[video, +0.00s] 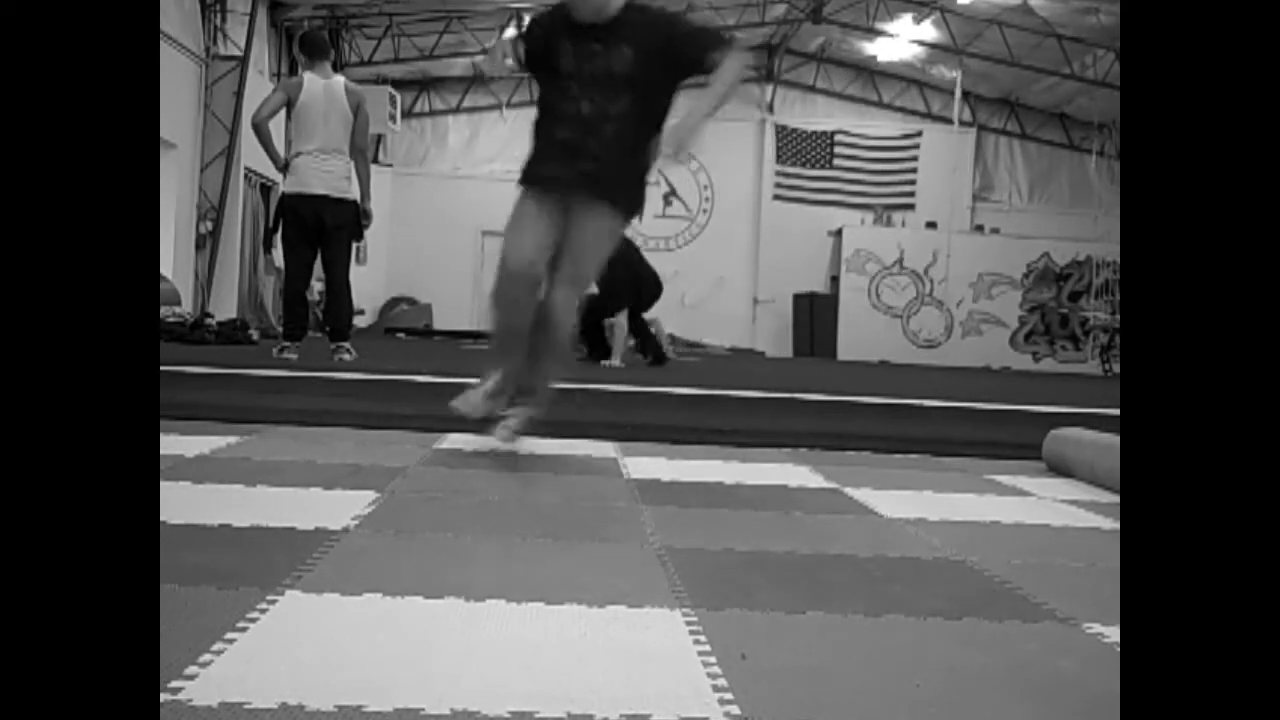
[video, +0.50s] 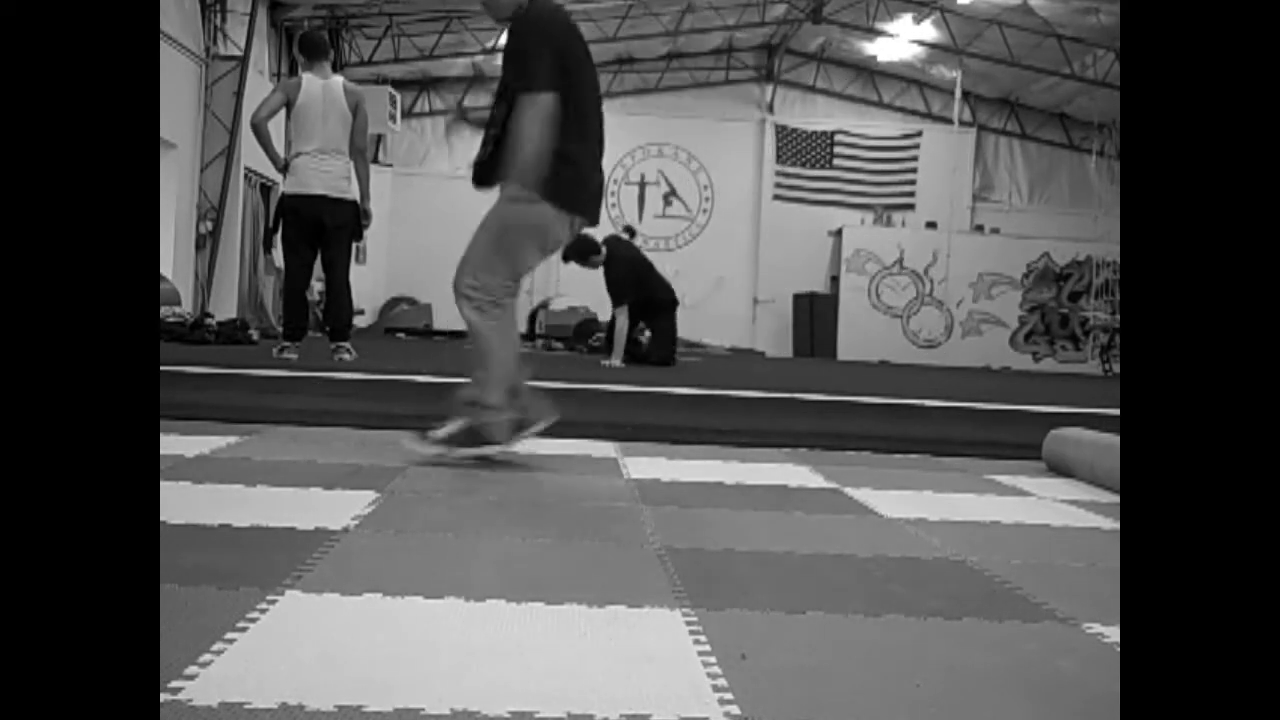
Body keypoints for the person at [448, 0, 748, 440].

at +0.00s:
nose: (579, 8)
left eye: (587, 4)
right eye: (574, 5)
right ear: (568, 0)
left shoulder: (655, 28)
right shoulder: (552, 26)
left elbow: (734, 59)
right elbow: (507, 59)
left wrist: (687, 128)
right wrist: (495, 60)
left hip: (610, 183)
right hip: (548, 174)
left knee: (562, 294)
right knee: (515, 269)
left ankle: (530, 405)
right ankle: (505, 374)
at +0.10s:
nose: (536, 18)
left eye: (542, 7)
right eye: (534, 10)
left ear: (577, 5)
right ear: (546, 10)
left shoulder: (621, 60)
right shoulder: (542, 53)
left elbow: (660, 134)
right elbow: (522, 106)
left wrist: (586, 170)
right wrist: (501, 131)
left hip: (576, 218)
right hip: (518, 202)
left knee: (534, 328)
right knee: (483, 307)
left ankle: (497, 421)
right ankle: (437, 413)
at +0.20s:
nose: (511, 24)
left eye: (515, 12)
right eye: (508, 15)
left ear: (545, 4)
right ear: (527, 10)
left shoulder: (592, 55)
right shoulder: (527, 53)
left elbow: (583, 141)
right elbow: (530, 136)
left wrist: (510, 109)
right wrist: (497, 185)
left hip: (562, 211)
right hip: (509, 197)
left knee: (518, 316)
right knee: (466, 292)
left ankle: (509, 412)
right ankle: (455, 409)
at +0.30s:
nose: (487, 24)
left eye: (493, 11)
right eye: (485, 15)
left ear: (526, 6)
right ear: (518, 11)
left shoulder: (565, 53)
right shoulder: (518, 61)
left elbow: (513, 113)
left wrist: (457, 62)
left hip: (554, 212)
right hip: (501, 205)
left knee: (490, 296)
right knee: (453, 299)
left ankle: (560, 392)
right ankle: (480, 427)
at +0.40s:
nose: (478, 21)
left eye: (480, 9)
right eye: (475, 13)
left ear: (512, 2)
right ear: (516, 5)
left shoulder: (546, 43)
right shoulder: (527, 52)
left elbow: (505, 111)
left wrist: (435, 120)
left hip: (545, 204)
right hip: (506, 203)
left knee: (483, 299)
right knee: (462, 306)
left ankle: (557, 403)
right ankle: (482, 426)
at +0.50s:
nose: (486, 11)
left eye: (485, 5)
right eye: (485, 6)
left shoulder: (535, 22)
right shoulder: (548, 23)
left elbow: (538, 108)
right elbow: (539, 110)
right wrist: (474, 120)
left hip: (544, 193)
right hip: (559, 195)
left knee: (479, 288)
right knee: (488, 288)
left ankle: (492, 413)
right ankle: (514, 401)